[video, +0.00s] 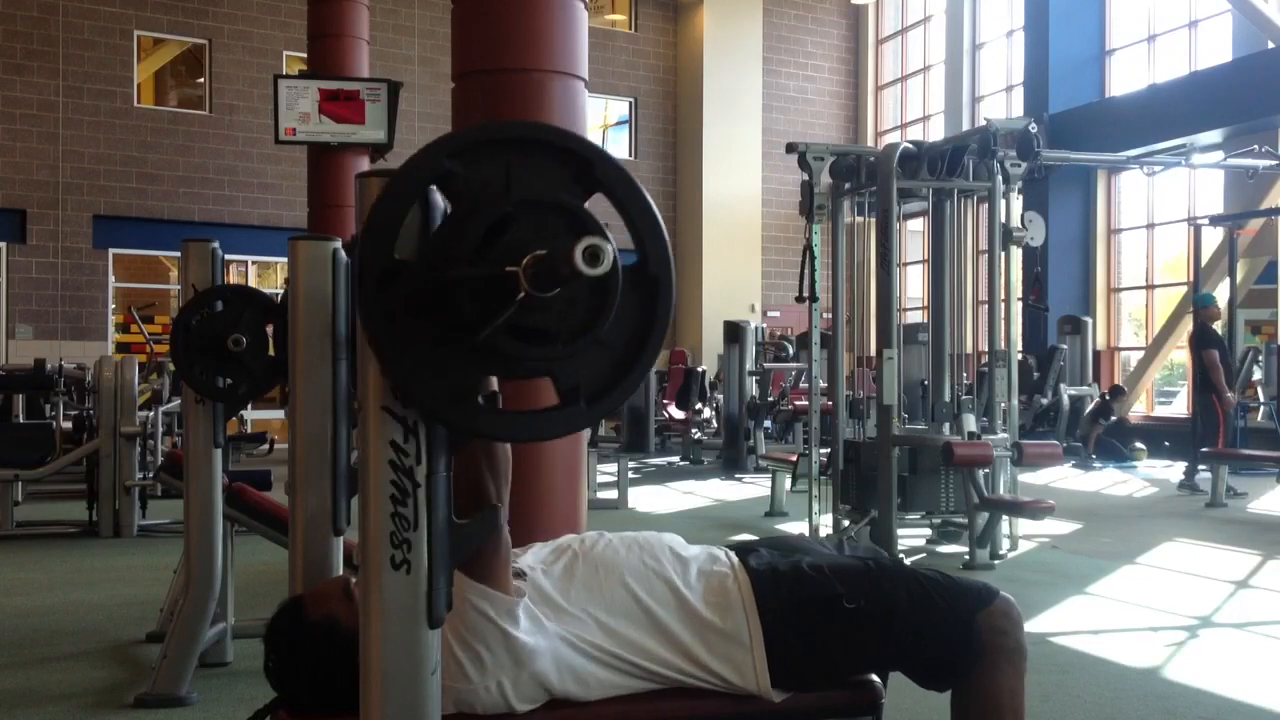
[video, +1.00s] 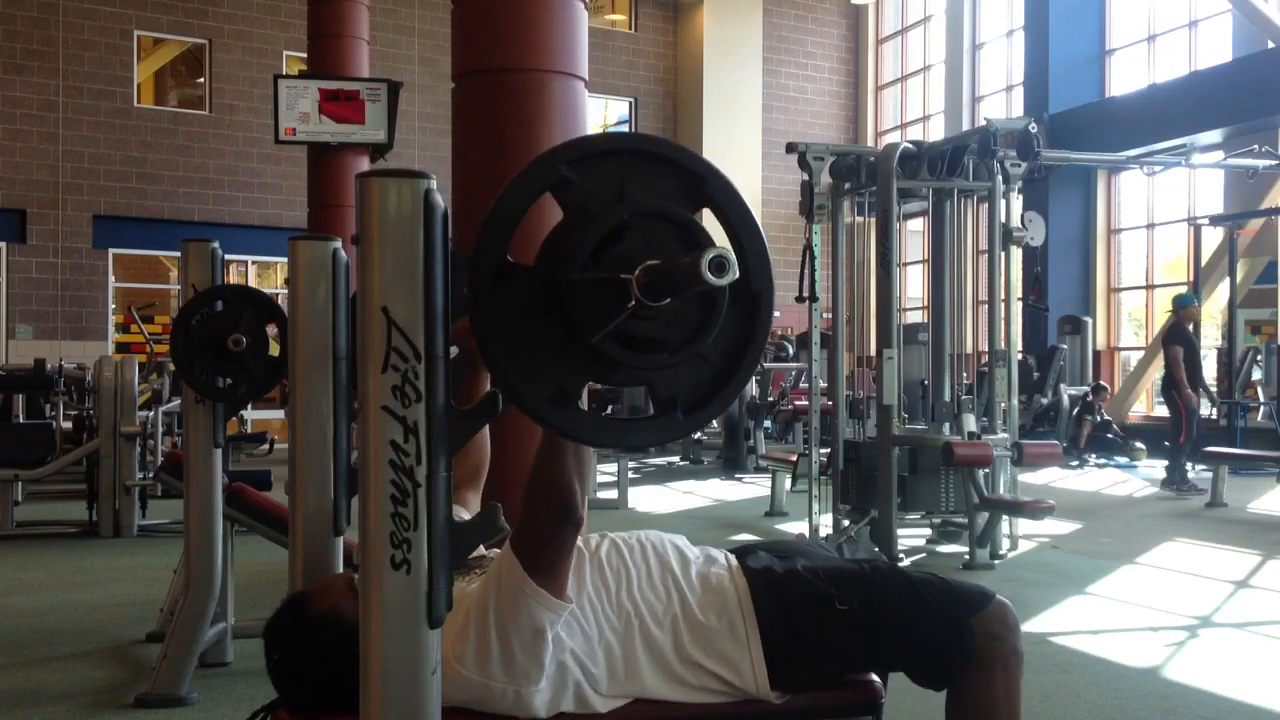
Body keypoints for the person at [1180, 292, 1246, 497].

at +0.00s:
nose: (1219, 309)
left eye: (1217, 306)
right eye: (1215, 306)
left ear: (1204, 311)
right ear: (1203, 310)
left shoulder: (1201, 331)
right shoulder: (1205, 332)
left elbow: (1211, 365)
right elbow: (1213, 365)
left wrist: (1226, 390)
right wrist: (1225, 393)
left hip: (1204, 392)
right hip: (1212, 393)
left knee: (1203, 435)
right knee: (1219, 437)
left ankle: (1189, 478)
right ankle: (1221, 483)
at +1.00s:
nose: (1199, 310)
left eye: (1198, 307)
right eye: (1195, 307)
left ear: (1187, 311)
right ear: (1183, 310)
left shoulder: (1186, 332)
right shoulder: (1175, 331)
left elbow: (1194, 368)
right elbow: (1176, 365)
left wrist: (1208, 392)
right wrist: (1185, 392)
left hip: (1187, 387)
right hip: (1177, 387)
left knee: (1185, 433)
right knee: (1184, 433)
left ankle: (1173, 476)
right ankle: (1179, 478)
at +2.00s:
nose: (1173, 312)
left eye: (1173, 308)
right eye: (1169, 308)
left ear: (1168, 310)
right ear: (1158, 310)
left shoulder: (1164, 331)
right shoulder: (1156, 332)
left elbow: (1167, 366)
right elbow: (1160, 367)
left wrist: (1180, 391)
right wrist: (1170, 396)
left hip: (1163, 387)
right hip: (1155, 388)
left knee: (1167, 432)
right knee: (1161, 432)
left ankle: (1162, 479)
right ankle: (1157, 482)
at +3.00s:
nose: (1174, 309)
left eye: (1172, 305)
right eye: (1170, 306)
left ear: (1155, 310)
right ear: (1163, 309)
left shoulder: (1149, 332)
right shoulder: (1166, 331)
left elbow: (1150, 364)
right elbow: (1174, 363)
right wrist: (1185, 392)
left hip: (1152, 388)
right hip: (1164, 389)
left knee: (1162, 432)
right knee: (1167, 431)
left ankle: (1162, 479)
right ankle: (1159, 482)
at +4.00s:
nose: (1192, 300)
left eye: (1191, 296)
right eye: (1190, 296)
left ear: (1171, 298)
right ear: (1185, 297)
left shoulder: (1161, 318)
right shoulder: (1191, 314)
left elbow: (1142, 316)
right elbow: (1208, 310)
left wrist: (1135, 304)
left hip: (1168, 377)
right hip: (1187, 377)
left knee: (1174, 420)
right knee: (1197, 417)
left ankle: (1166, 471)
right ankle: (1190, 471)